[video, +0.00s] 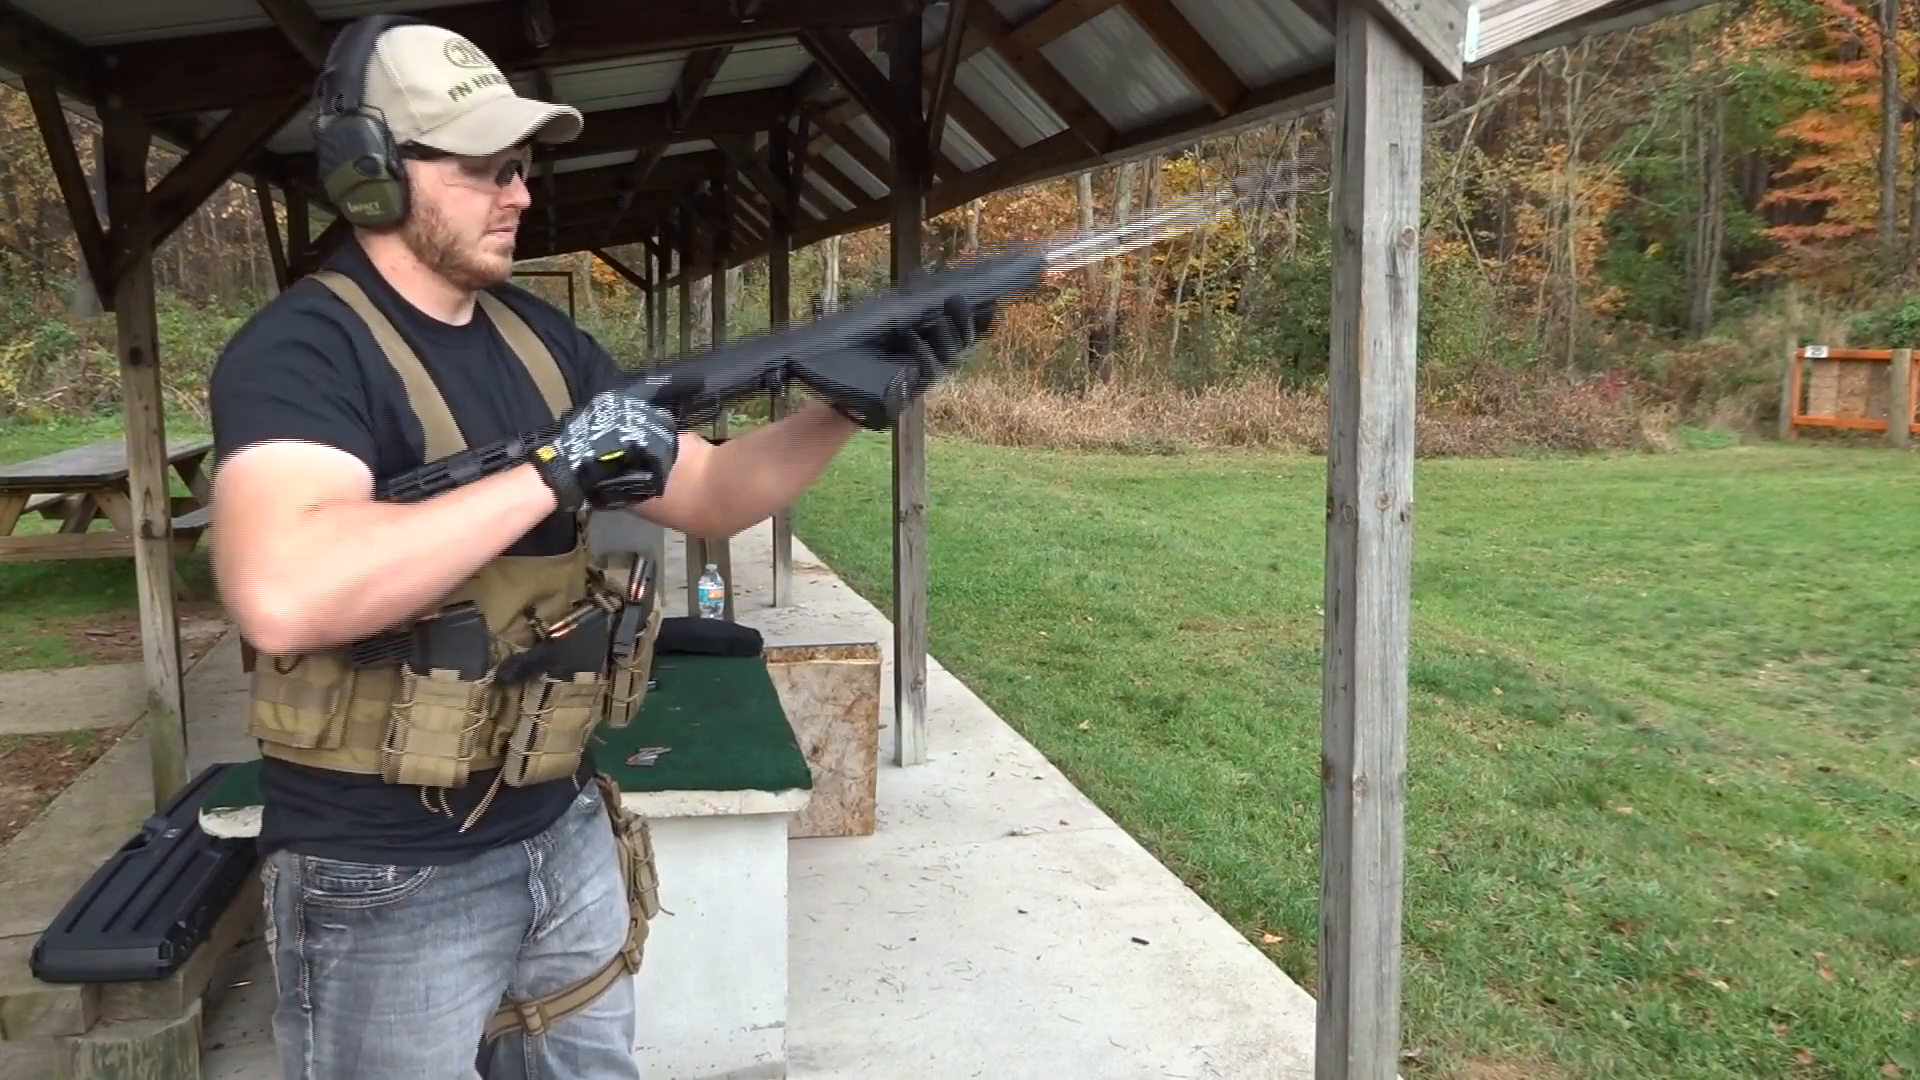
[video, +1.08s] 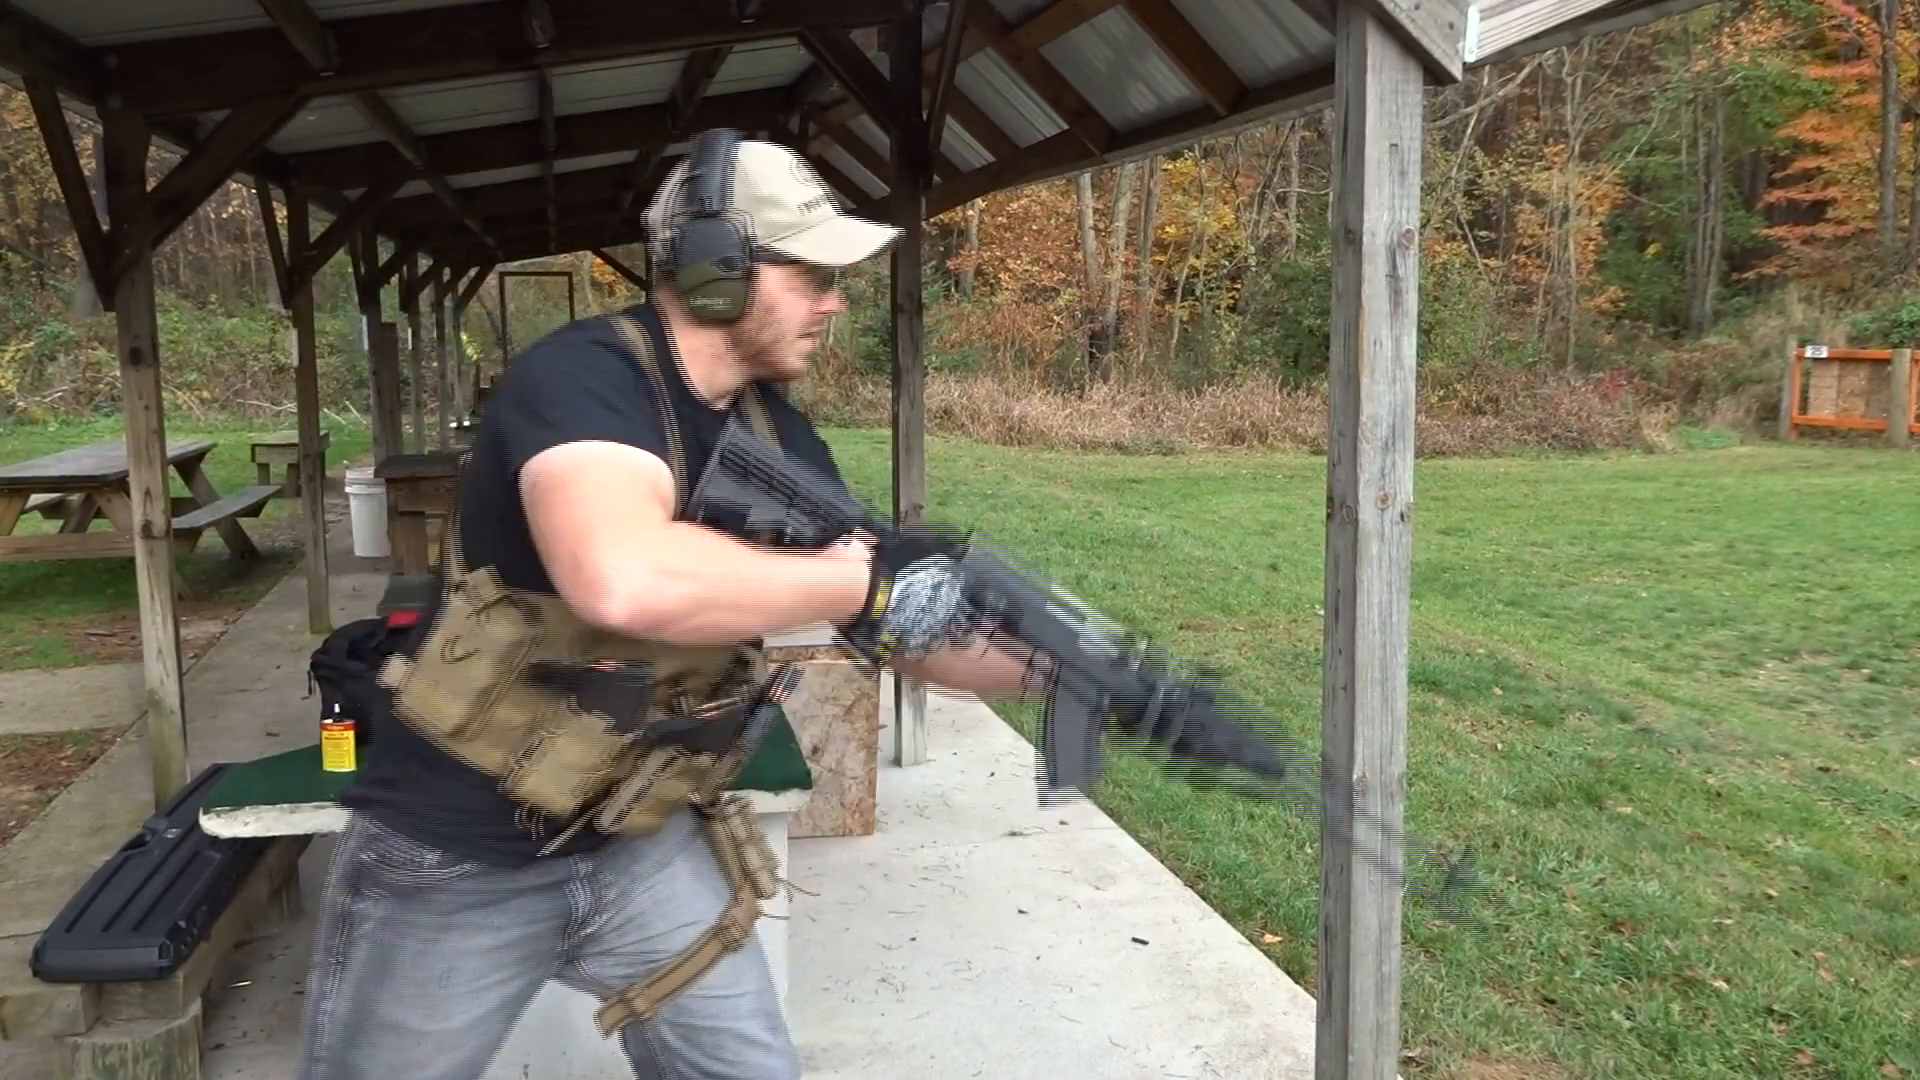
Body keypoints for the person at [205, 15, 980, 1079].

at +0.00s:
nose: (521, 195)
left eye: (520, 165)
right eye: (482, 171)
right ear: (375, 180)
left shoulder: (540, 336)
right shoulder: (299, 353)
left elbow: (707, 493)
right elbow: (285, 596)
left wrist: (847, 400)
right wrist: (558, 469)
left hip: (564, 839)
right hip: (388, 888)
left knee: (594, 1065)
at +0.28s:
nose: (543, 210)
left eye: (541, 182)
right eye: (512, 182)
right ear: (394, 184)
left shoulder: (539, 352)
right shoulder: (293, 347)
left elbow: (636, 556)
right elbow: (230, 567)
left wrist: (808, 548)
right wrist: (537, 522)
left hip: (557, 833)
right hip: (368, 892)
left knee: (657, 1060)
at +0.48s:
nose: (615, 224)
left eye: (613, 197)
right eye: (585, 196)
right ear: (473, 197)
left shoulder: (596, 375)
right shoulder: (358, 352)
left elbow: (684, 573)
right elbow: (254, 584)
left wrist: (821, 654)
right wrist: (567, 576)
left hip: (580, 842)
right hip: (390, 889)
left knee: (676, 1066)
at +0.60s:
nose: (708, 250)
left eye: (709, 225)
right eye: (681, 220)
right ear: (577, 217)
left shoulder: (667, 394)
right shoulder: (442, 365)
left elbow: (742, 598)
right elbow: (328, 600)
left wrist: (884, 738)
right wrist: (619, 651)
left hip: (627, 850)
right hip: (442, 880)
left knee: (713, 1064)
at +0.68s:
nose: (760, 260)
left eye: (761, 234)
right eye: (733, 231)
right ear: (632, 228)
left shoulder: (718, 401)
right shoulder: (495, 366)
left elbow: (772, 610)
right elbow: (381, 601)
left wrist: (901, 764)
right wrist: (656, 670)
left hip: (663, 842)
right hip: (473, 869)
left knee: (739, 1066)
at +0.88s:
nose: (877, 290)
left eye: (875, 265)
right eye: (854, 263)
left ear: (778, 266)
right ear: (762, 260)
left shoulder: (801, 432)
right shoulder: (619, 366)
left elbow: (845, 631)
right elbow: (509, 580)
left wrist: (948, 783)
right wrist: (755, 677)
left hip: (690, 836)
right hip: (508, 851)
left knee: (766, 1066)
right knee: (445, 1067)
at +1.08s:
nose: (834, 306)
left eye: (834, 281)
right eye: (811, 279)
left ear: (737, 282)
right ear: (715, 271)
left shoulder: (772, 427)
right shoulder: (577, 380)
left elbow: (878, 616)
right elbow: (624, 582)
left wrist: (1053, 664)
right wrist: (867, 585)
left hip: (651, 832)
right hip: (459, 855)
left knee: (753, 1066)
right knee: (369, 1071)